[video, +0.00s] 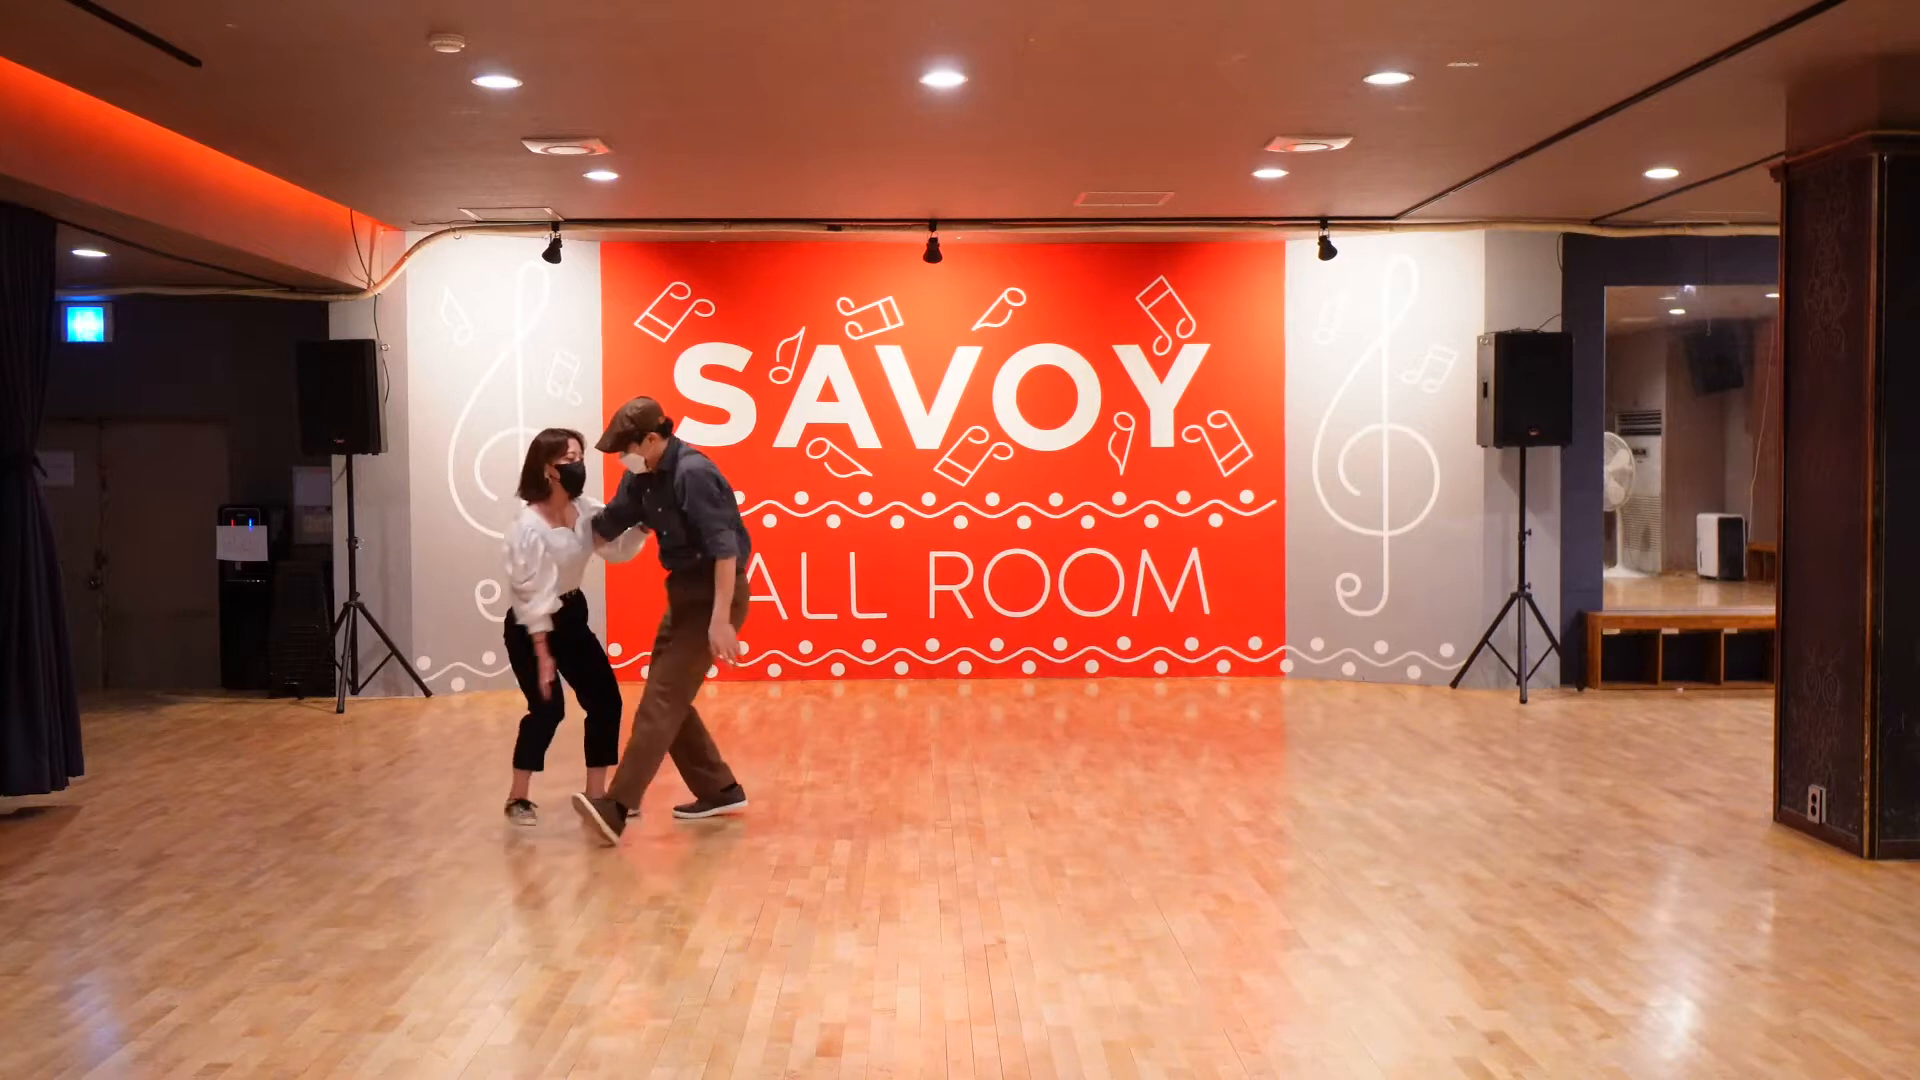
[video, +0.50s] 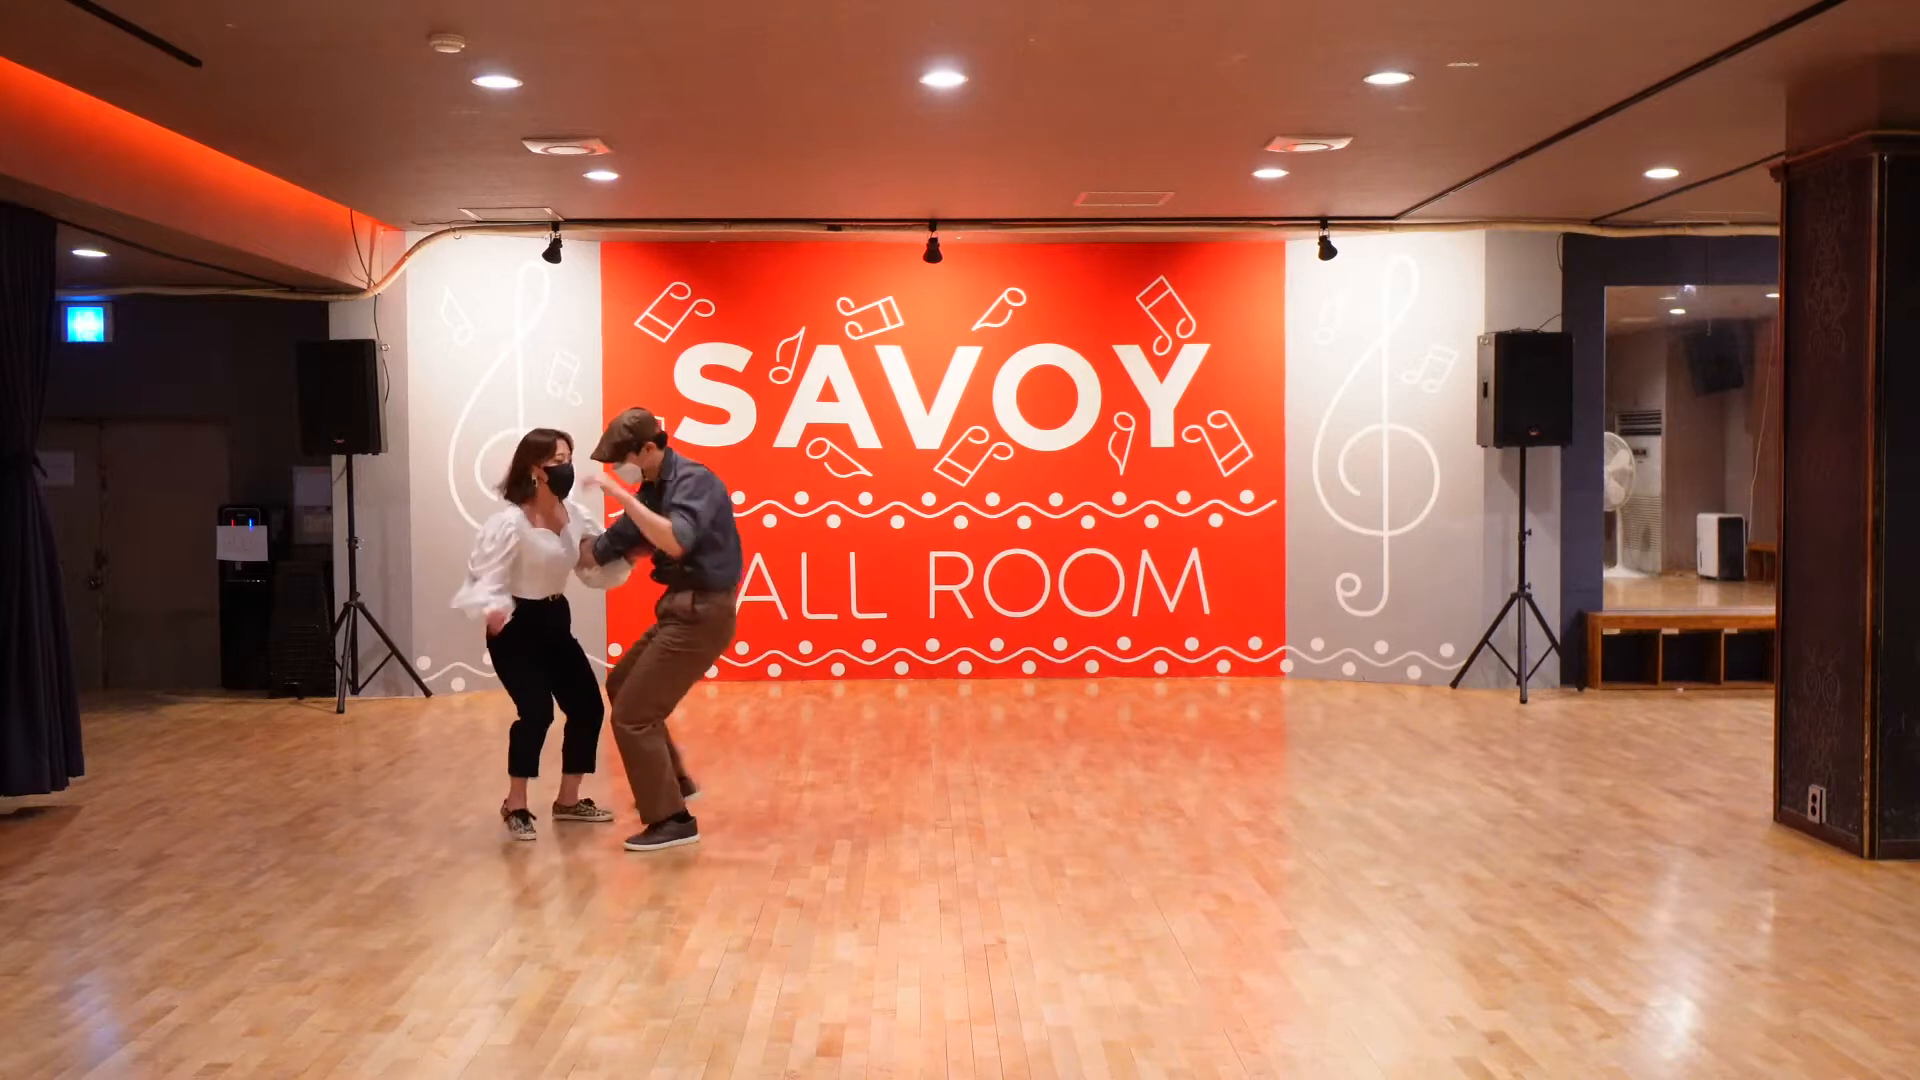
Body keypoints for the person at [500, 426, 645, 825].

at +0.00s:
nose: (580, 467)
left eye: (581, 460)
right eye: (571, 461)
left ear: (579, 467)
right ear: (549, 471)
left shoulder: (586, 512)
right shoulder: (527, 529)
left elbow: (616, 550)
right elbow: (531, 598)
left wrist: (644, 511)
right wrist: (543, 656)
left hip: (570, 615)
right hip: (528, 622)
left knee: (605, 700)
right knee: (547, 707)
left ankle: (596, 796)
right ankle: (518, 798)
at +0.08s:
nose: (568, 471)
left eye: (571, 464)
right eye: (559, 465)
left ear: (572, 469)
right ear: (538, 474)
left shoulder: (573, 514)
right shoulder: (517, 532)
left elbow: (606, 549)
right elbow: (506, 598)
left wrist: (633, 512)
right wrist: (506, 654)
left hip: (565, 621)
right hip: (525, 630)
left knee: (603, 701)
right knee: (537, 715)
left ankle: (596, 798)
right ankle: (510, 811)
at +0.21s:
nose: (563, 467)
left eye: (563, 460)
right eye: (554, 461)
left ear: (550, 469)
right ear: (532, 472)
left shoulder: (567, 514)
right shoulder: (506, 532)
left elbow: (598, 552)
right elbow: (476, 595)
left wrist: (626, 526)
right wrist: (454, 653)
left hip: (554, 619)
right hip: (512, 625)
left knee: (597, 697)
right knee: (531, 713)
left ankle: (596, 794)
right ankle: (512, 812)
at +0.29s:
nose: (562, 466)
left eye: (562, 459)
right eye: (554, 460)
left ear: (550, 467)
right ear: (530, 469)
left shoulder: (565, 513)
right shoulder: (502, 528)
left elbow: (591, 560)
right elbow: (467, 589)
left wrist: (624, 533)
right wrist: (443, 644)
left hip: (549, 618)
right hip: (507, 623)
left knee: (596, 696)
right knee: (528, 713)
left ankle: (588, 789)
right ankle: (511, 811)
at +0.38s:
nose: (564, 467)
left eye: (564, 460)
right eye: (555, 461)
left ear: (557, 469)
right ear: (531, 470)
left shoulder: (567, 515)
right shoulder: (504, 526)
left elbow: (588, 570)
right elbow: (468, 585)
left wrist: (620, 549)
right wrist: (452, 640)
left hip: (549, 623)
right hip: (508, 625)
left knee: (593, 704)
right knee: (531, 717)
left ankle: (571, 797)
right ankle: (511, 812)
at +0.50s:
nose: (567, 469)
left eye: (569, 461)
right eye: (558, 462)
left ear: (569, 466)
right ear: (534, 470)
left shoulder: (573, 517)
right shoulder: (507, 524)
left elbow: (593, 573)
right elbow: (480, 584)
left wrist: (628, 554)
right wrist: (492, 609)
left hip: (555, 623)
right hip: (513, 626)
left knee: (588, 707)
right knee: (536, 711)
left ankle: (568, 801)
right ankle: (515, 804)